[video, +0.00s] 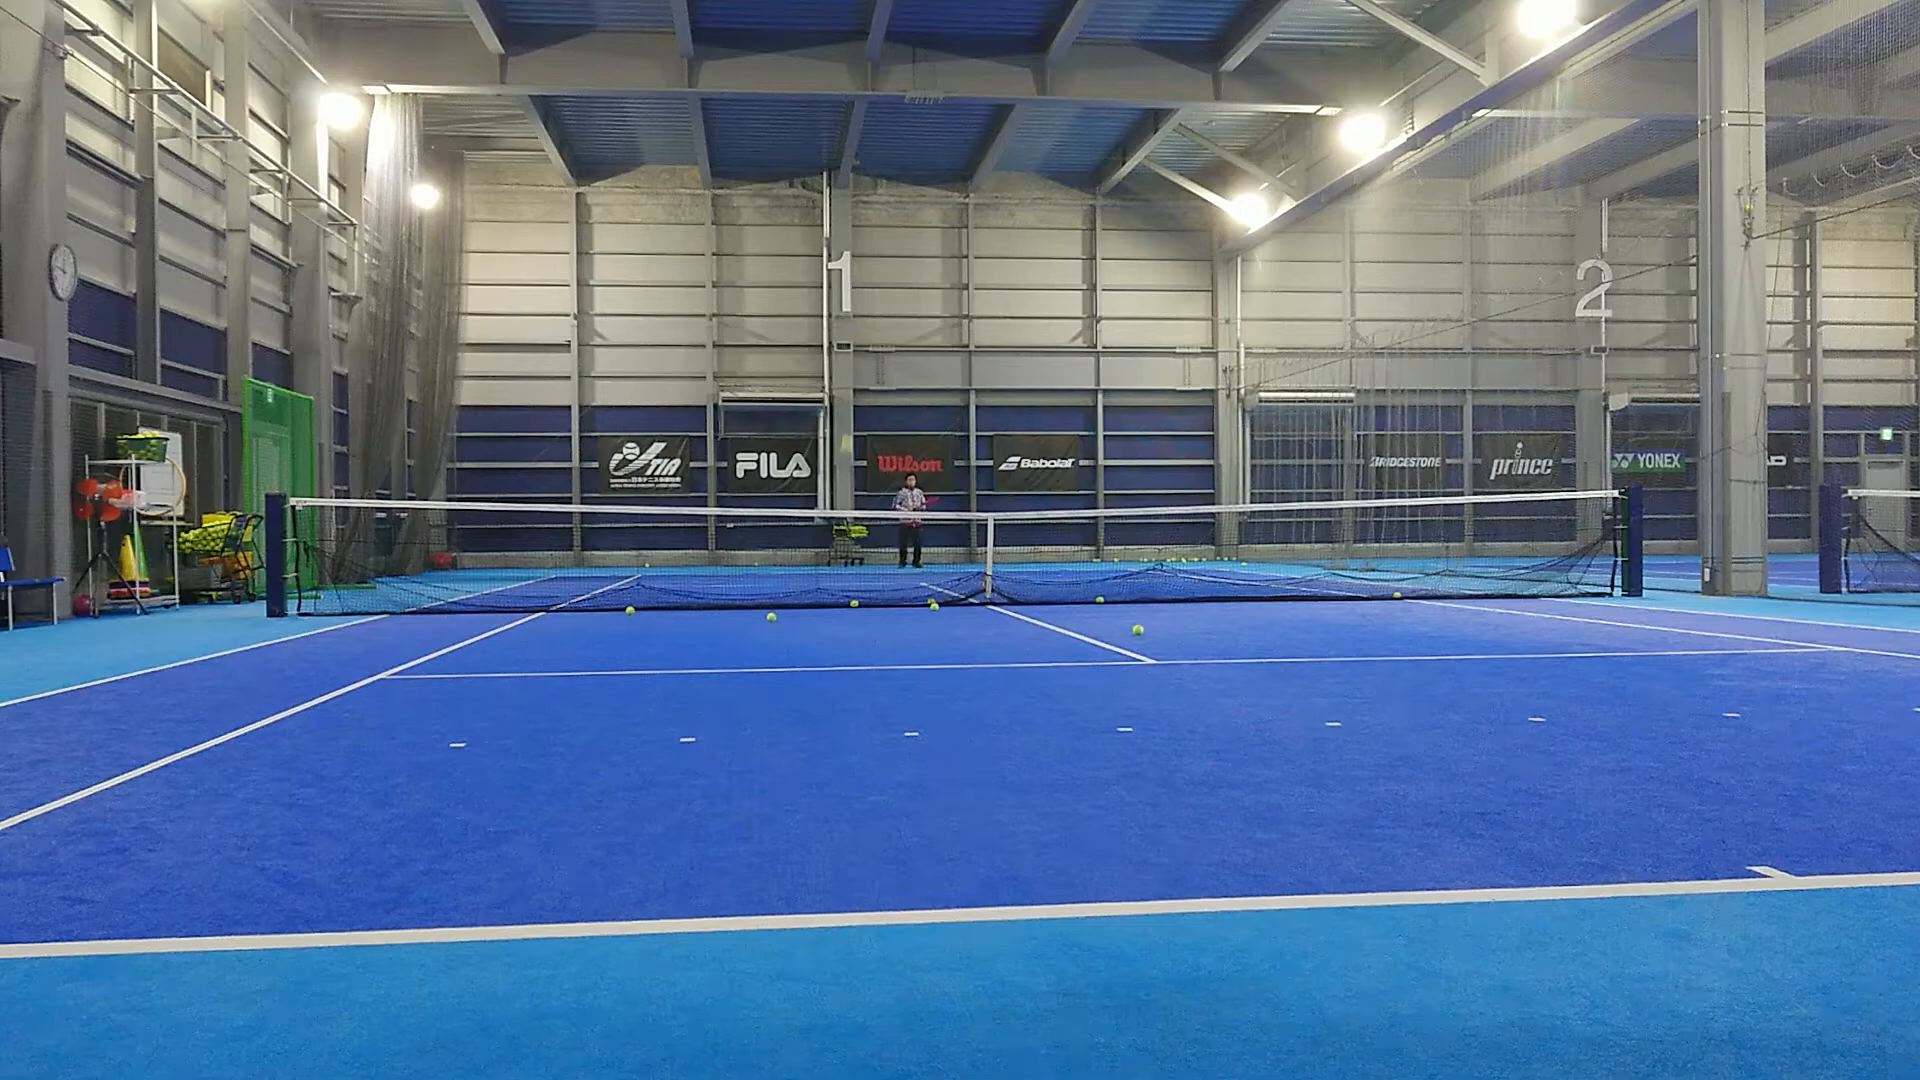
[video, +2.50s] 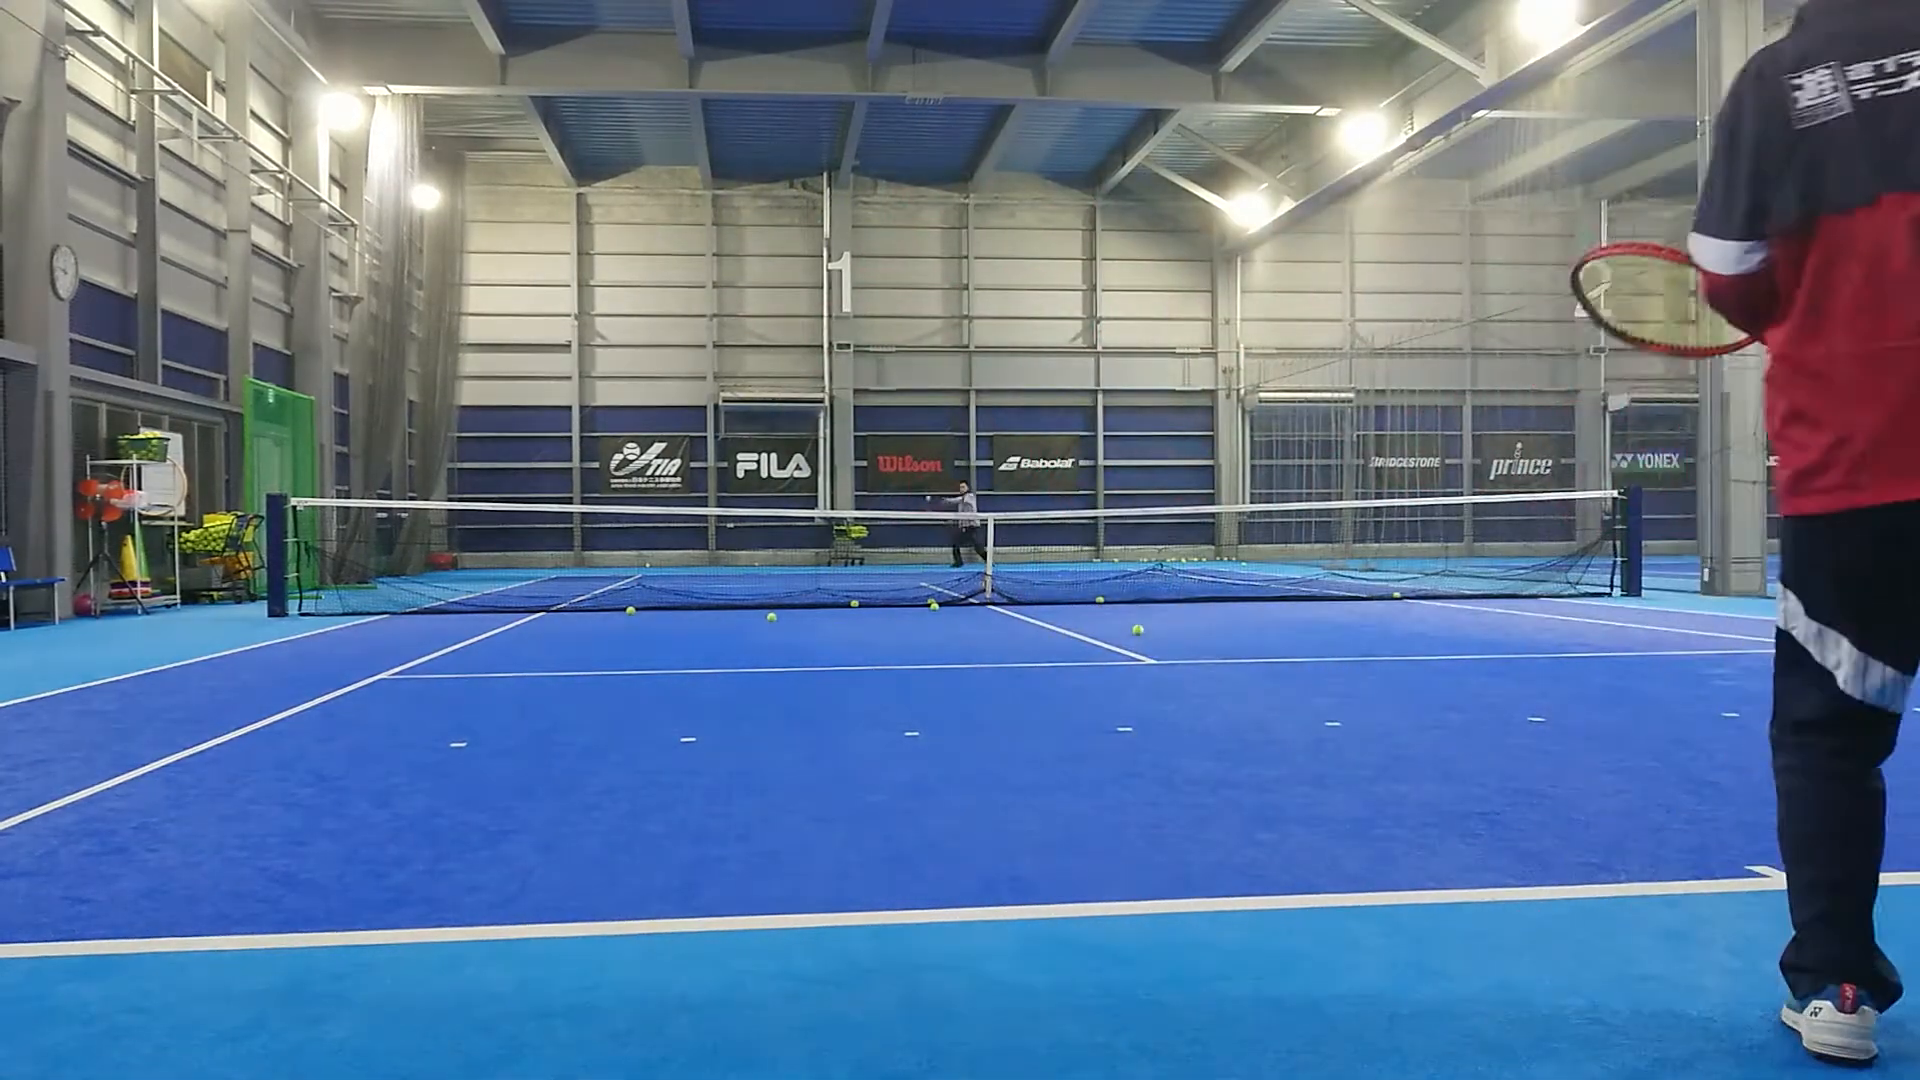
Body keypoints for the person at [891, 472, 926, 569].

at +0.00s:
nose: (911, 482)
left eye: (913, 480)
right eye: (909, 480)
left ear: (915, 481)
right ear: (906, 481)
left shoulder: (919, 492)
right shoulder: (901, 493)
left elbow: (924, 505)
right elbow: (896, 505)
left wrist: (919, 509)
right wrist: (906, 511)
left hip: (916, 521)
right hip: (904, 521)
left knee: (917, 543)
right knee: (903, 544)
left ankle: (916, 561)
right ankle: (902, 561)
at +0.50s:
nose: (908, 482)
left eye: (910, 480)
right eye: (906, 480)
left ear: (913, 481)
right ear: (903, 482)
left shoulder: (918, 493)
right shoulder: (899, 494)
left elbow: (921, 505)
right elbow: (895, 506)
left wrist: (912, 509)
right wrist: (900, 514)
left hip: (915, 521)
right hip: (902, 522)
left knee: (916, 544)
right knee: (901, 544)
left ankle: (916, 562)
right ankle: (902, 562)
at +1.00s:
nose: (902, 482)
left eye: (904, 480)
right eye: (900, 480)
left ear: (907, 482)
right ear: (897, 482)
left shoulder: (912, 492)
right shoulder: (894, 494)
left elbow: (916, 504)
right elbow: (890, 507)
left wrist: (908, 510)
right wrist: (898, 512)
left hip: (912, 522)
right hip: (900, 522)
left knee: (915, 544)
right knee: (899, 545)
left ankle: (916, 562)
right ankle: (898, 563)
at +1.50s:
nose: (911, 485)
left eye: (913, 483)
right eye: (909, 483)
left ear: (916, 484)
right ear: (906, 485)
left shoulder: (920, 496)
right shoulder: (903, 496)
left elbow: (922, 510)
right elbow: (900, 508)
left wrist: (922, 522)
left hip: (918, 523)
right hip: (906, 524)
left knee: (922, 544)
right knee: (903, 545)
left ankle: (929, 561)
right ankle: (899, 562)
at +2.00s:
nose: (935, 487)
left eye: (937, 485)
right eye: (933, 485)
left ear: (940, 486)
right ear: (930, 487)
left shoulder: (943, 495)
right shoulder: (932, 496)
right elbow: (927, 504)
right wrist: (918, 498)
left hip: (944, 521)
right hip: (937, 521)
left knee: (937, 543)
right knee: (940, 542)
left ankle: (933, 560)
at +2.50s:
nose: (961, 489)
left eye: (963, 487)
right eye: (960, 487)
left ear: (968, 487)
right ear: (959, 489)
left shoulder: (970, 497)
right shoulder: (961, 498)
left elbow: (957, 500)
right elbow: (950, 501)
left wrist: (945, 500)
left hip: (971, 525)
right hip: (962, 525)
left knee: (977, 546)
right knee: (955, 543)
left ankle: (989, 560)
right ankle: (958, 561)